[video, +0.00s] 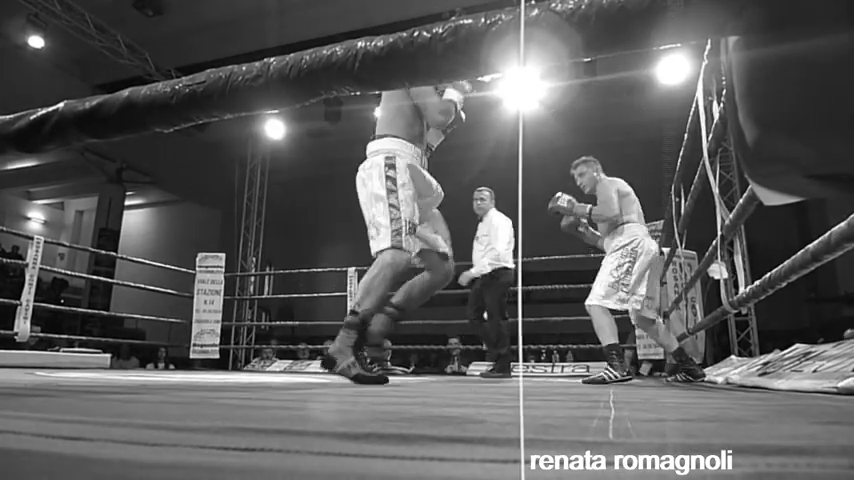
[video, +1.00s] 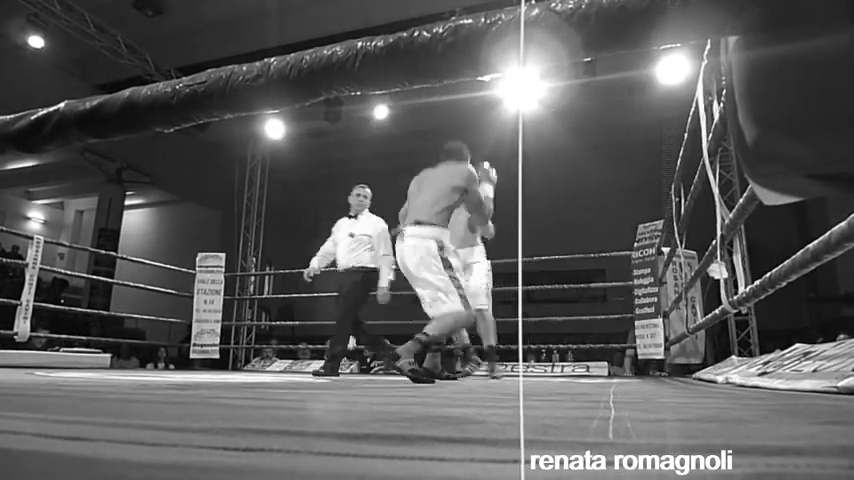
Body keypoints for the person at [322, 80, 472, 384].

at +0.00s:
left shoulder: (432, 88)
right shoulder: (411, 72)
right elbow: (439, 116)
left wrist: (454, 106)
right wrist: (456, 93)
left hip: (414, 171)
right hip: (391, 163)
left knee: (440, 268)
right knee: (395, 256)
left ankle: (373, 336)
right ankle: (341, 348)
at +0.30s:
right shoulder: (417, 70)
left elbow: (415, 138)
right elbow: (434, 117)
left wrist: (443, 134)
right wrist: (446, 99)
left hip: (410, 167)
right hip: (392, 160)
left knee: (418, 265)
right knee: (387, 252)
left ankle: (366, 336)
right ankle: (344, 344)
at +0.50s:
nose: (451, 92)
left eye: (452, 86)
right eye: (451, 85)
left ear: (421, 81)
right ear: (443, 82)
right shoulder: (427, 103)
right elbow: (445, 162)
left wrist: (441, 166)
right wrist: (455, 135)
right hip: (397, 193)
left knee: (421, 284)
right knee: (396, 279)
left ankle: (421, 359)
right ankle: (337, 359)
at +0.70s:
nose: (456, 119)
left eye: (456, 114)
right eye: (456, 113)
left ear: (435, 109)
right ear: (449, 110)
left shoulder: (421, 130)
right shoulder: (435, 125)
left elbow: (441, 177)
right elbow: (458, 174)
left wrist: (459, 150)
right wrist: (468, 151)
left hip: (416, 211)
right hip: (408, 209)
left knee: (440, 292)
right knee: (424, 282)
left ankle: (426, 367)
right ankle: (366, 347)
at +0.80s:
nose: (464, 126)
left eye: (465, 121)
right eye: (464, 121)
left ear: (443, 113)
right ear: (457, 117)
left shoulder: (429, 131)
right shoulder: (444, 128)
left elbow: (452, 174)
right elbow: (463, 179)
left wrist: (463, 153)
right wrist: (472, 156)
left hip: (411, 208)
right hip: (411, 207)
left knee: (442, 284)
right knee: (439, 282)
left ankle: (425, 356)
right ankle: (391, 348)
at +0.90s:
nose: (472, 143)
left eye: (472, 139)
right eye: (472, 138)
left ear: (448, 132)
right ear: (467, 134)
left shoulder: (428, 152)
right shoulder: (457, 149)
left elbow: (418, 194)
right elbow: (479, 192)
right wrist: (486, 169)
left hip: (406, 221)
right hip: (423, 223)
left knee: (436, 294)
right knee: (448, 294)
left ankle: (430, 360)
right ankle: (396, 355)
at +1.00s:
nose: (470, 166)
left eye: (468, 162)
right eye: (469, 162)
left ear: (443, 157)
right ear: (466, 159)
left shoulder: (422, 176)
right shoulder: (464, 171)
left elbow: (403, 215)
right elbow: (482, 215)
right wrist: (488, 184)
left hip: (405, 242)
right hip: (429, 243)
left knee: (440, 307)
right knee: (464, 313)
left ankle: (432, 364)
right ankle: (407, 352)